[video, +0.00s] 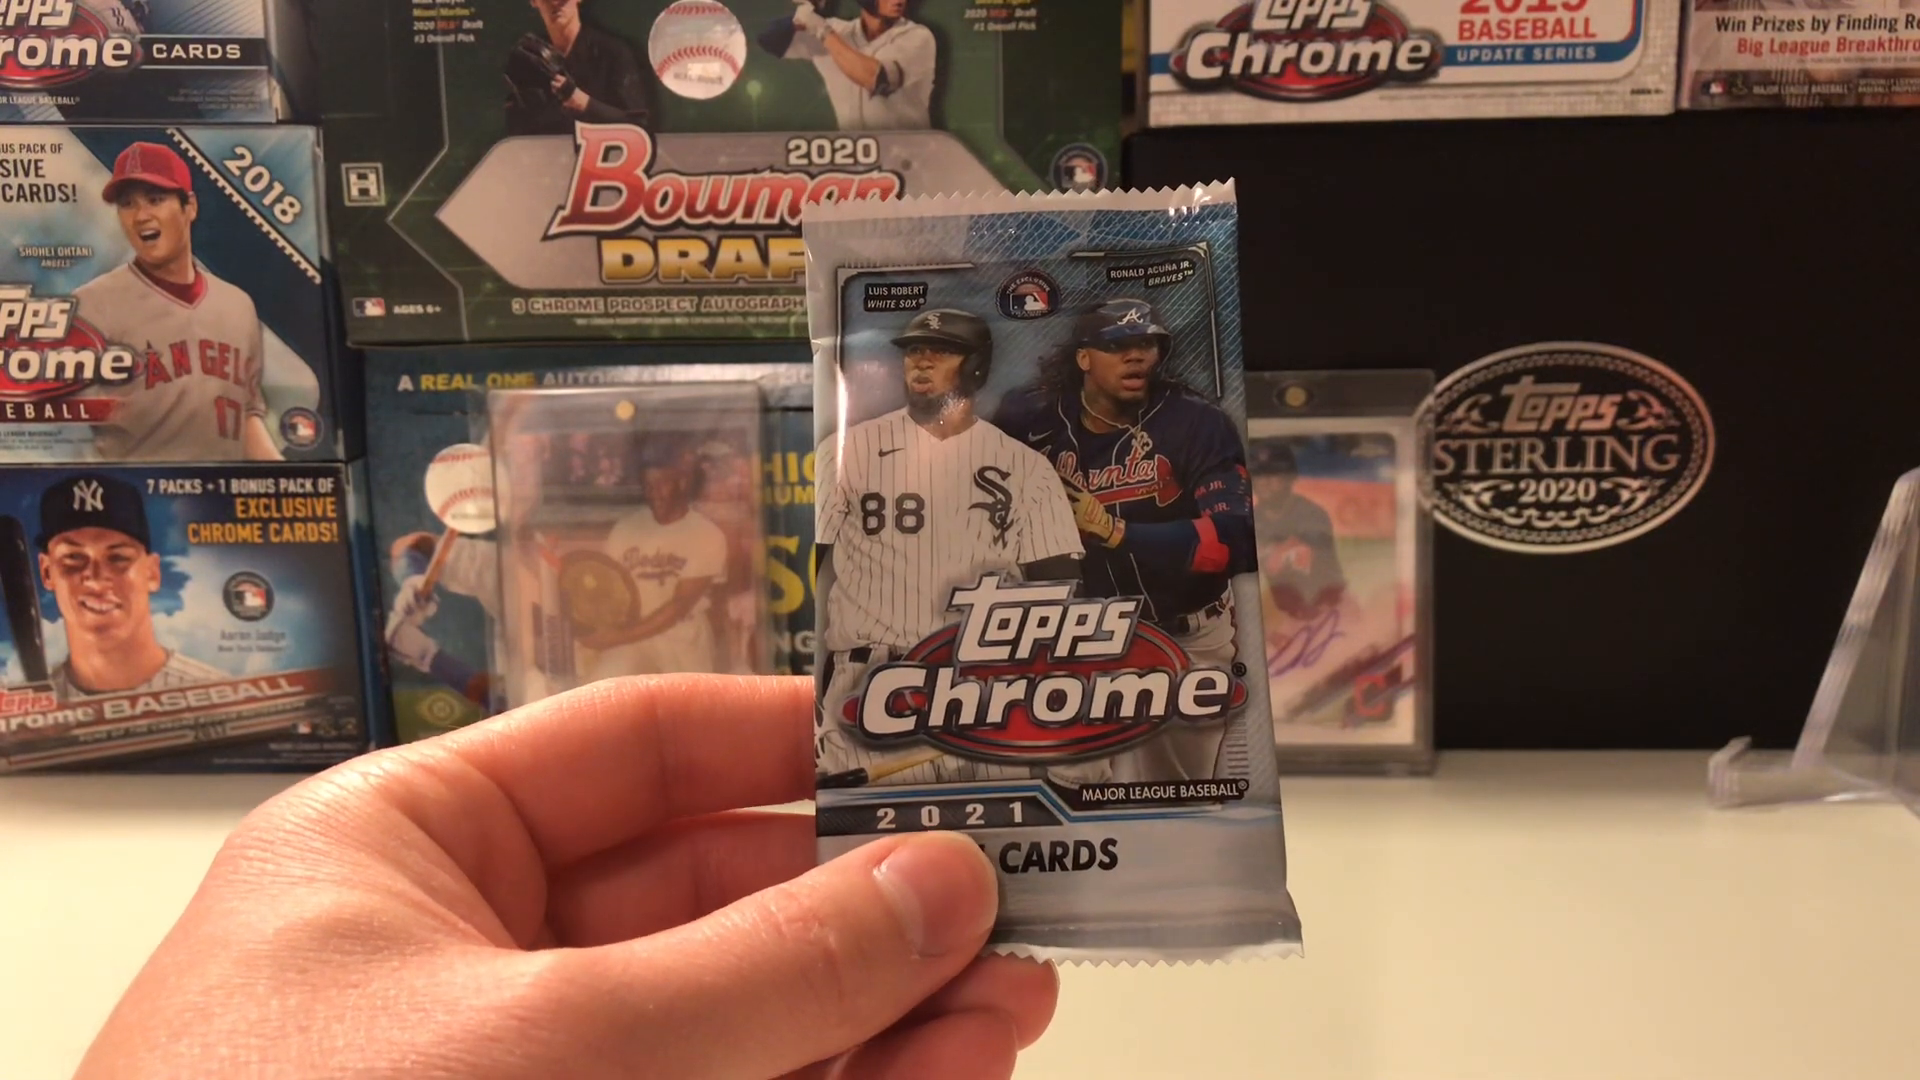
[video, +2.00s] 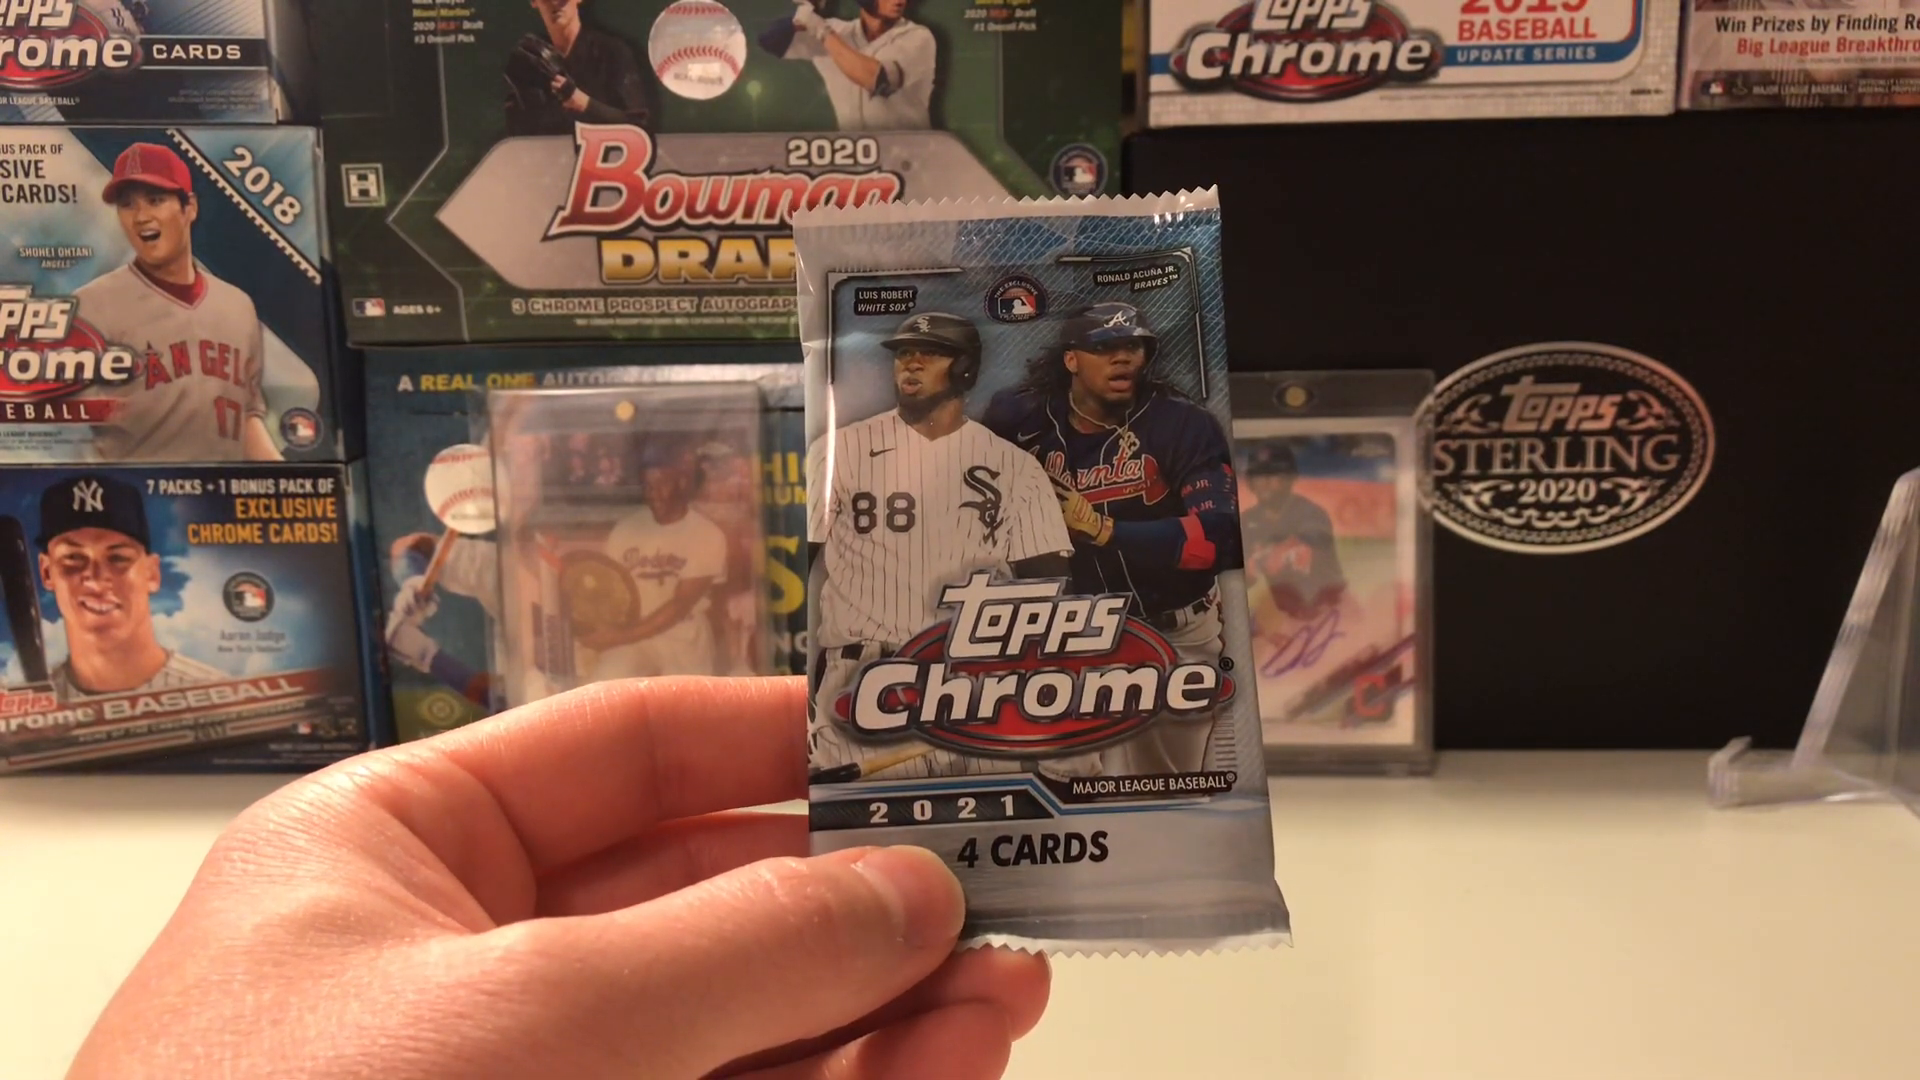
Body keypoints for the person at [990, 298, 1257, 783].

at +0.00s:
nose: (1138, 357)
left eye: (1147, 344)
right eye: (1120, 346)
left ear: (1160, 352)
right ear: (1084, 358)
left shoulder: (1198, 425)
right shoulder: (1029, 419)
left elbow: (1234, 541)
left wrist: (1117, 532)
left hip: (1188, 633)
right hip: (1075, 636)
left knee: (1180, 804)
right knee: (1076, 798)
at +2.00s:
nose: (1125, 358)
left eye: (1134, 346)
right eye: (1107, 348)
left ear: (1147, 355)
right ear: (1072, 360)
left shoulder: (1184, 426)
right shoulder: (1020, 419)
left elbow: (1217, 538)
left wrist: (1104, 530)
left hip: (1177, 630)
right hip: (1068, 632)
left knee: (1172, 796)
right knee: (1072, 792)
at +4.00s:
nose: (1188, 370)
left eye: (1197, 357)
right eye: (1170, 359)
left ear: (1209, 365)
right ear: (1134, 371)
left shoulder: (1250, 439)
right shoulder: (1082, 434)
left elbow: (1284, 555)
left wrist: (1171, 545)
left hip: (1245, 647)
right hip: (1132, 651)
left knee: (1245, 816)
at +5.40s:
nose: (1257, 370)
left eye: (1266, 357)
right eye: (1238, 359)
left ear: (1278, 366)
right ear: (1201, 371)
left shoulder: (1320, 443)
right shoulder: (1149, 434)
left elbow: (1356, 558)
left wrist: (1240, 549)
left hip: (1317, 656)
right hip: (1199, 659)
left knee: (1317, 826)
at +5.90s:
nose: (1268, 377)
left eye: (1277, 365)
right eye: (1250, 367)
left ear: (1291, 371)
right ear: (1213, 377)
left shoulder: (1331, 446)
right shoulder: (1160, 439)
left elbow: (1371, 564)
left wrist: (1252, 552)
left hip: (1325, 650)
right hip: (1204, 652)